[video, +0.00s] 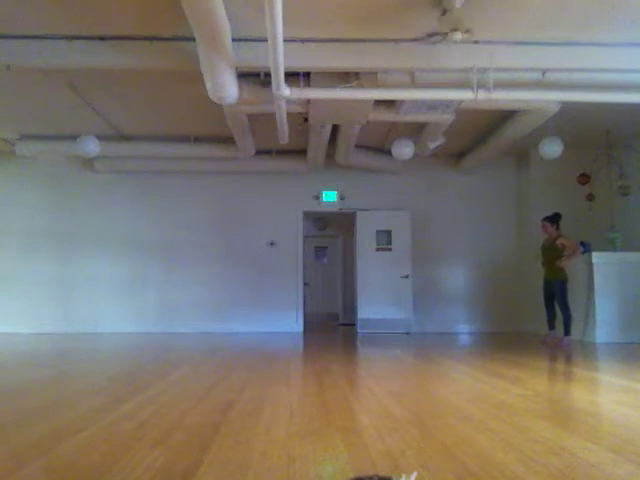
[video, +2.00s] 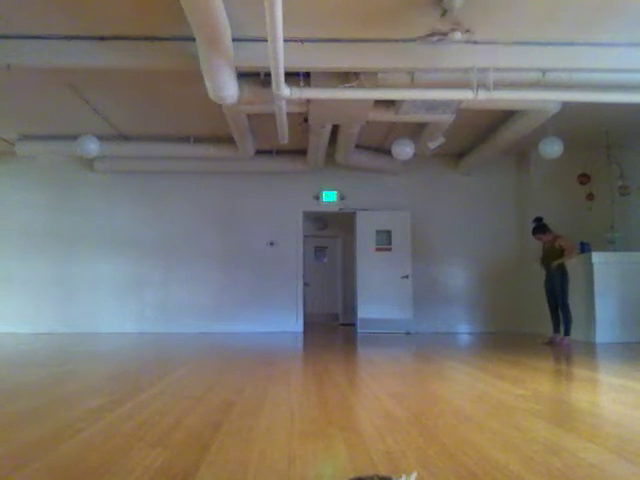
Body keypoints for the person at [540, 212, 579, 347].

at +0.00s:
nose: (543, 229)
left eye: (545, 226)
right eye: (543, 227)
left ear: (554, 226)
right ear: (547, 227)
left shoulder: (560, 239)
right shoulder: (547, 240)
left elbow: (575, 249)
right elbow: (550, 253)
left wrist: (563, 260)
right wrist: (545, 261)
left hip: (558, 274)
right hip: (548, 274)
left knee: (562, 304)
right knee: (548, 303)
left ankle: (567, 335)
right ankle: (551, 331)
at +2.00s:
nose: (540, 241)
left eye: (540, 238)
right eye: (538, 239)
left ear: (546, 233)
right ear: (540, 237)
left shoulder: (558, 240)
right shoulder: (545, 243)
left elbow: (571, 252)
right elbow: (546, 257)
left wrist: (558, 261)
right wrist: (543, 263)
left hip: (559, 273)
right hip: (549, 273)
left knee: (562, 304)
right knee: (552, 305)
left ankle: (566, 336)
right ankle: (556, 334)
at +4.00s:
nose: (541, 232)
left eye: (543, 228)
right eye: (540, 229)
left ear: (550, 228)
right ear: (542, 229)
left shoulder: (558, 240)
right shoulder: (545, 241)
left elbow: (566, 255)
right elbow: (545, 255)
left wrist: (552, 264)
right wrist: (542, 264)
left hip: (558, 273)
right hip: (548, 273)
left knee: (561, 304)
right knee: (552, 305)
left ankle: (566, 335)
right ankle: (556, 334)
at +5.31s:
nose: (542, 232)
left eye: (544, 228)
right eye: (542, 229)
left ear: (552, 228)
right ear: (545, 229)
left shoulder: (558, 240)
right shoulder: (546, 241)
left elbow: (566, 252)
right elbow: (541, 255)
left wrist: (553, 263)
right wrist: (543, 264)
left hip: (560, 273)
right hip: (550, 273)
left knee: (563, 304)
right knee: (554, 305)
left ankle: (566, 336)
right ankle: (556, 335)